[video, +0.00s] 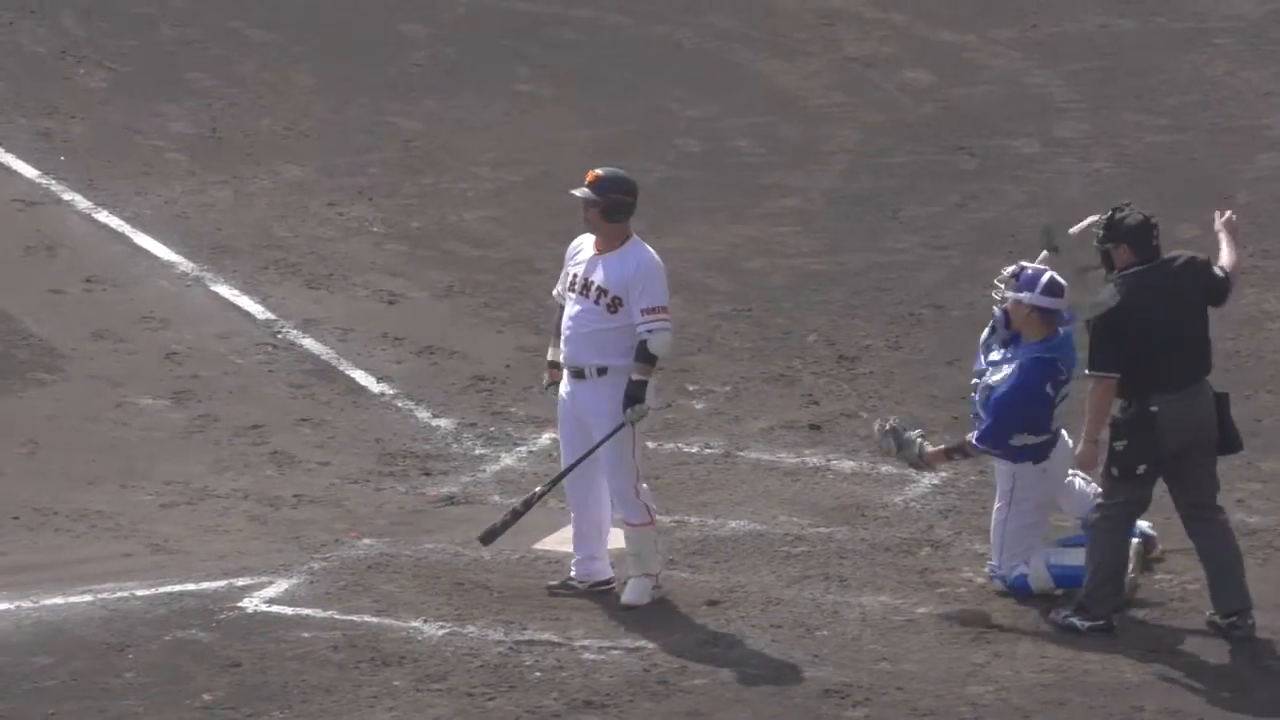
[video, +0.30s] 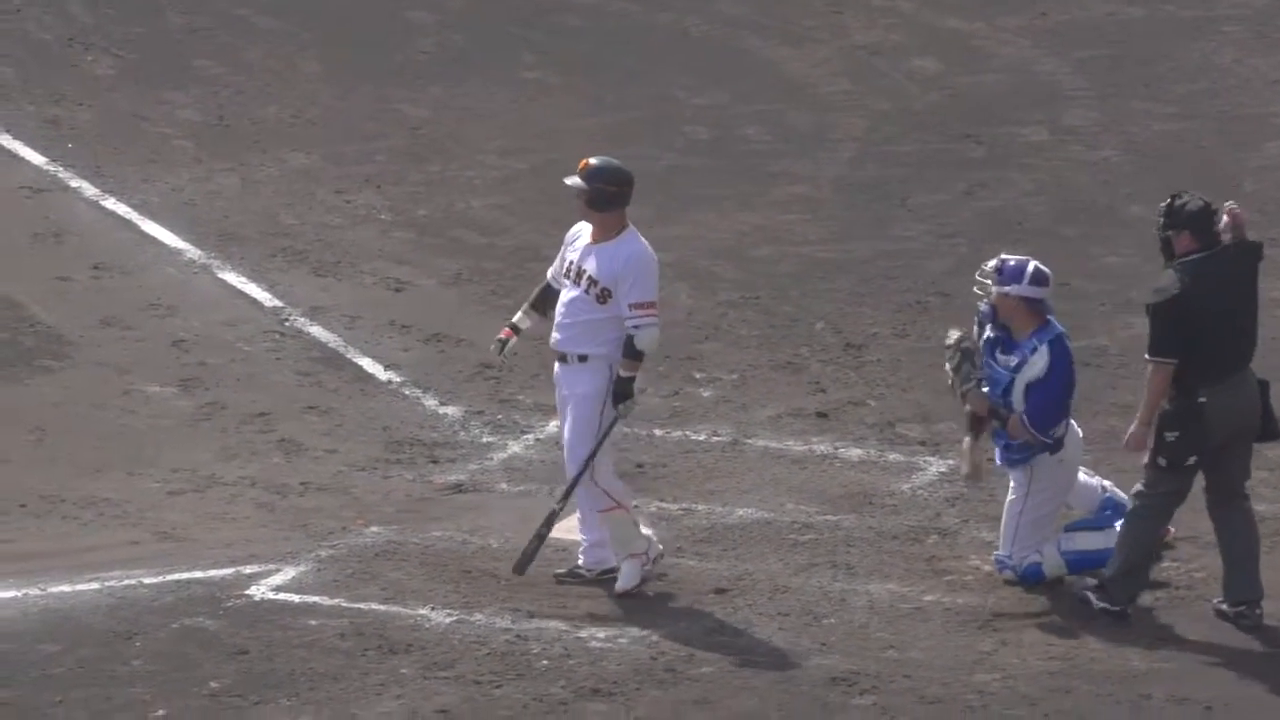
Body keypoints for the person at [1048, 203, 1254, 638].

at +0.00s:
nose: (1107, 255)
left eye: (1109, 248)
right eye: (1108, 247)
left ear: (1122, 252)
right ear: (1150, 244)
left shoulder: (1113, 306)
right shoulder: (1188, 270)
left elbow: (1103, 383)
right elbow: (1226, 278)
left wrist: (1089, 440)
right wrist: (1227, 234)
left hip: (1144, 417)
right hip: (1197, 406)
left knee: (1114, 513)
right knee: (1203, 509)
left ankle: (1095, 611)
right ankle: (1236, 612)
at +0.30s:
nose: (1165, 238)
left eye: (1170, 232)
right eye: (1167, 231)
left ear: (1185, 238)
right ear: (1209, 236)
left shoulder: (1172, 292)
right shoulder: (1241, 261)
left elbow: (1162, 369)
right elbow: (1244, 245)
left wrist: (1142, 422)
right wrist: (1236, 228)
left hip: (1190, 407)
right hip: (1239, 395)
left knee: (1152, 500)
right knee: (1230, 497)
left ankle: (1115, 593)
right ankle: (1244, 601)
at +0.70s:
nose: (1201, 227)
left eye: (1205, 221)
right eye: (1204, 219)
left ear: (1222, 224)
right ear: (1246, 218)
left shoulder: (1216, 270)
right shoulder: (1270, 245)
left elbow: (1216, 351)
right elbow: (1246, 219)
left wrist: (1198, 419)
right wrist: (1230, 174)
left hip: (1235, 393)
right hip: (1272, 386)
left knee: (1185, 485)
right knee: (1249, 481)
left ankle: (1159, 583)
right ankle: (1253, 586)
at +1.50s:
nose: (1177, 216)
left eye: (1182, 208)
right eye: (1178, 208)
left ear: (1203, 213)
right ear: (1222, 209)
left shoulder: (1207, 258)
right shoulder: (1256, 239)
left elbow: (1218, 334)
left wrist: (1196, 396)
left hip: (1222, 382)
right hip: (1251, 376)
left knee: (1213, 483)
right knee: (1225, 477)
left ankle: (1221, 580)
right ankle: (1244, 572)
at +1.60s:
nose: (1179, 212)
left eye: (1186, 206)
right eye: (1180, 204)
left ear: (1209, 213)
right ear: (1218, 211)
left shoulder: (1204, 260)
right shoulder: (1256, 239)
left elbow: (1214, 333)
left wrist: (1194, 395)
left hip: (1218, 377)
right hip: (1249, 369)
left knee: (1210, 480)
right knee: (1228, 472)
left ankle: (1213, 583)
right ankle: (1258, 562)